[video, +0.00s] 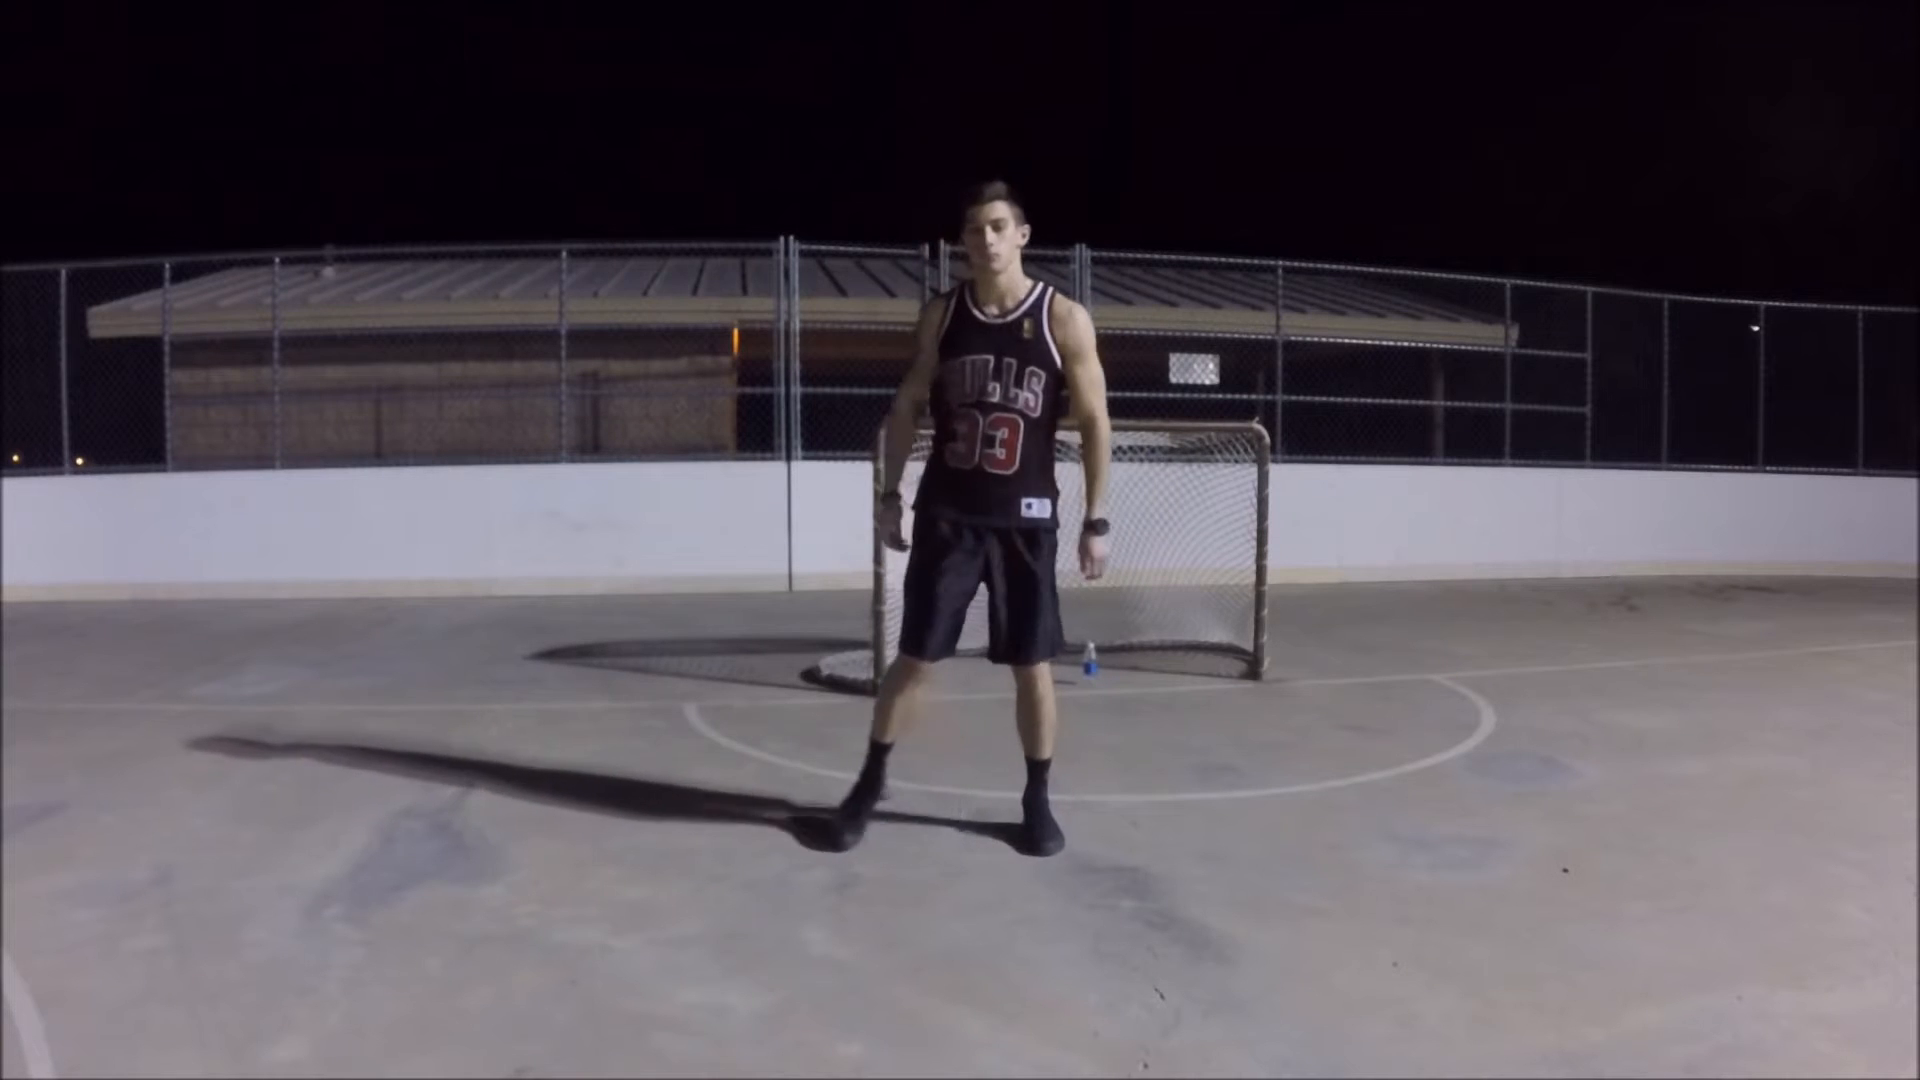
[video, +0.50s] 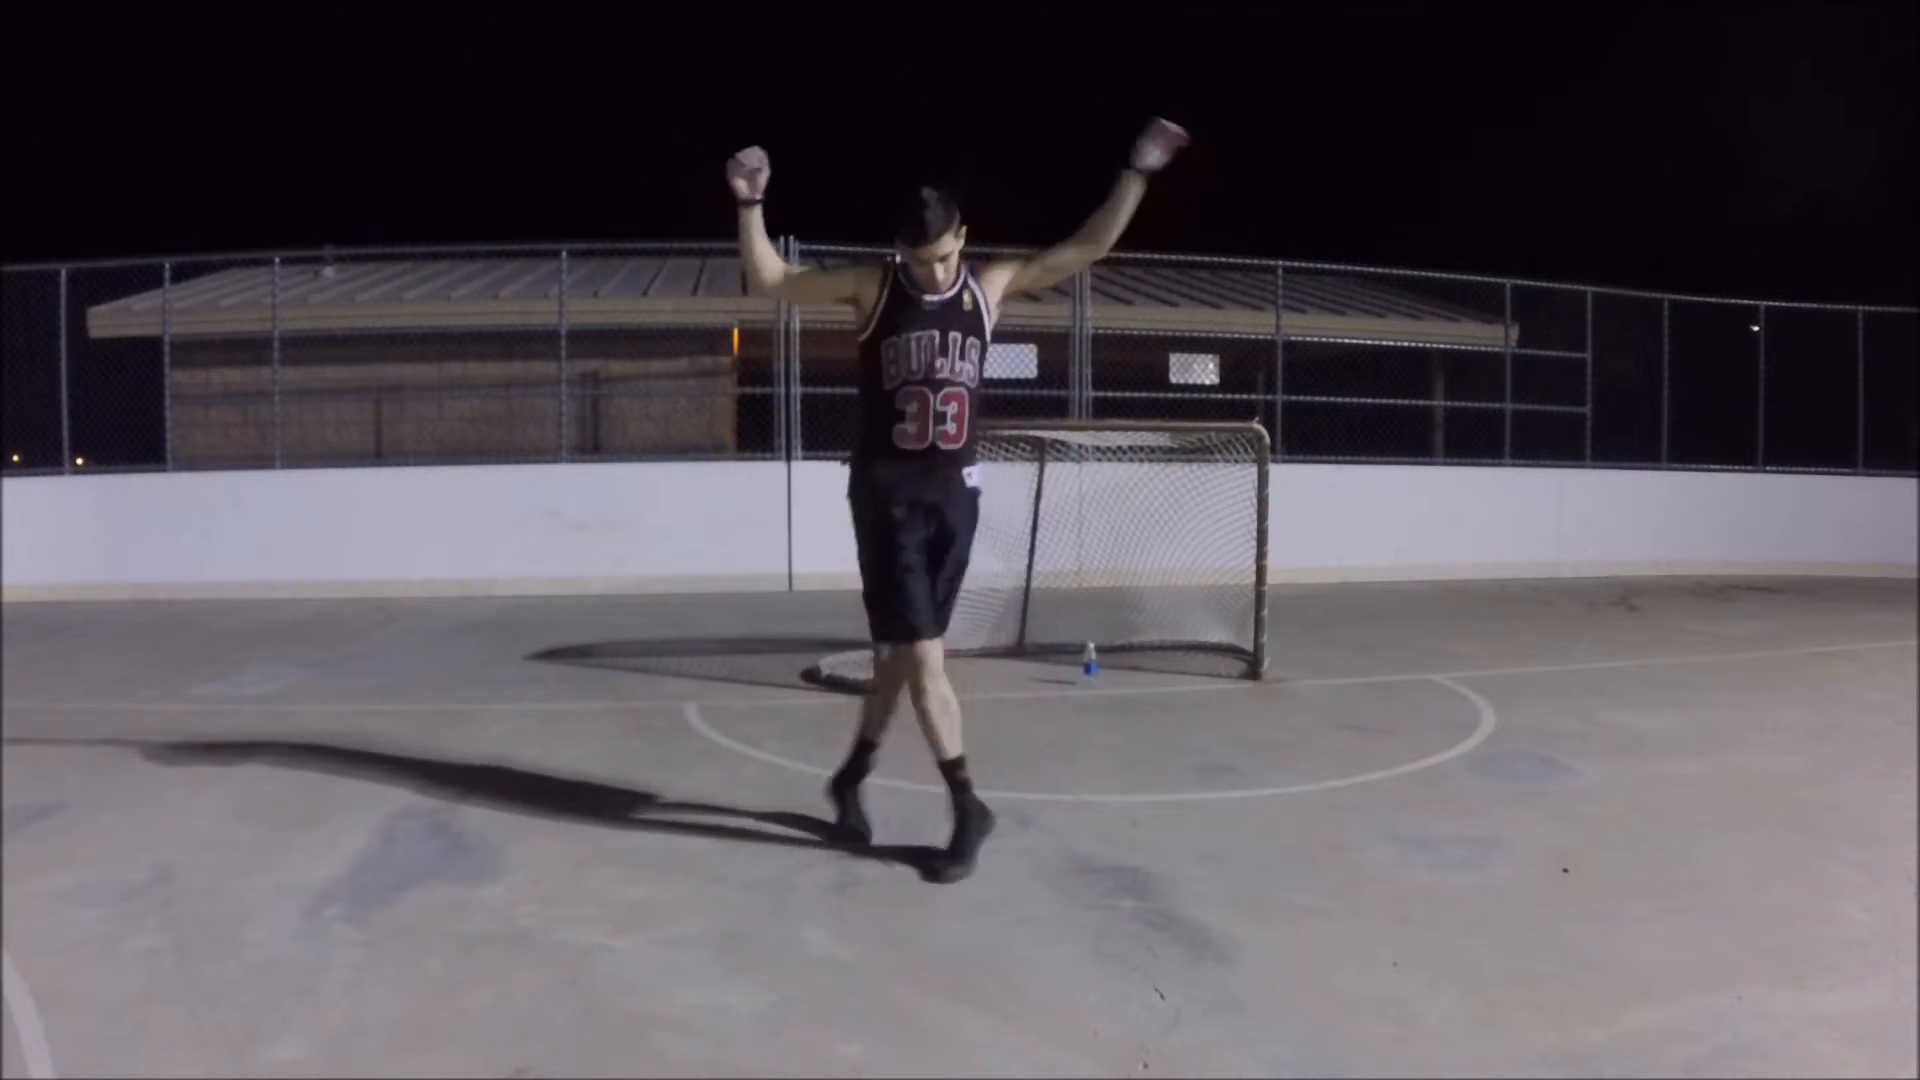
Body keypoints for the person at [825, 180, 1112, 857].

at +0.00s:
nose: (986, 239)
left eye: (997, 226)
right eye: (975, 230)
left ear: (1023, 235)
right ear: (960, 244)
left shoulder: (1064, 318)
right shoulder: (942, 316)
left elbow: (1094, 421)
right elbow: (908, 406)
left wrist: (1095, 520)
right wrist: (888, 490)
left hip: (1026, 523)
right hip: (947, 516)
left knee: (1032, 664)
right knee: (913, 658)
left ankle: (1038, 803)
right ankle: (867, 786)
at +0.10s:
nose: (980, 251)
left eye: (992, 239)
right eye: (970, 242)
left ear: (1018, 246)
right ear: (958, 252)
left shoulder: (1058, 325)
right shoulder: (936, 322)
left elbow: (1097, 419)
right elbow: (872, 397)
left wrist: (1127, 505)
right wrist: (845, 478)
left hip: (1024, 531)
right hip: (943, 527)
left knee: (1035, 674)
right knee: (891, 664)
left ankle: (1040, 803)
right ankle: (828, 789)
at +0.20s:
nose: (973, 268)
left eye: (985, 257)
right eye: (963, 257)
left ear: (1007, 261)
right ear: (949, 262)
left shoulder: (1045, 332)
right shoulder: (920, 329)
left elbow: (1122, 395)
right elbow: (838, 372)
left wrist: (1187, 442)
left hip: (1017, 540)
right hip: (932, 538)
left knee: (1039, 682)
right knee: (869, 674)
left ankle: (1040, 805)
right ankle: (804, 788)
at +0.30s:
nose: (964, 260)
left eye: (973, 246)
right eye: (952, 248)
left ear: (995, 237)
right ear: (933, 244)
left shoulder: (1032, 299)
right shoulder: (904, 301)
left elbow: (1128, 325)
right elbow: (802, 328)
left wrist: (1223, 326)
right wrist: (720, 307)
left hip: (997, 513)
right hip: (915, 510)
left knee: (1015, 656)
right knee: (874, 655)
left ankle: (1032, 799)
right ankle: (808, 777)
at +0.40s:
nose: (950, 256)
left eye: (961, 242)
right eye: (939, 244)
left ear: (978, 226)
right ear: (918, 232)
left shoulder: (1011, 271)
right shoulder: (883, 277)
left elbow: (1108, 258)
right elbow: (774, 282)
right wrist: (730, 224)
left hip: (976, 486)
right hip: (901, 487)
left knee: (971, 641)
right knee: (892, 641)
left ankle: (954, 775)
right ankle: (858, 785)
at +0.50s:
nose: (934, 272)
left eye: (942, 257)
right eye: (920, 261)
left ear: (963, 238)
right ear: (899, 247)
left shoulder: (995, 282)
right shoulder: (869, 286)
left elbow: (1090, 245)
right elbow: (770, 283)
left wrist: (1138, 169)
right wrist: (749, 203)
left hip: (955, 496)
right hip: (885, 498)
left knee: (902, 653)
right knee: (925, 656)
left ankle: (849, 778)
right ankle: (969, 807)